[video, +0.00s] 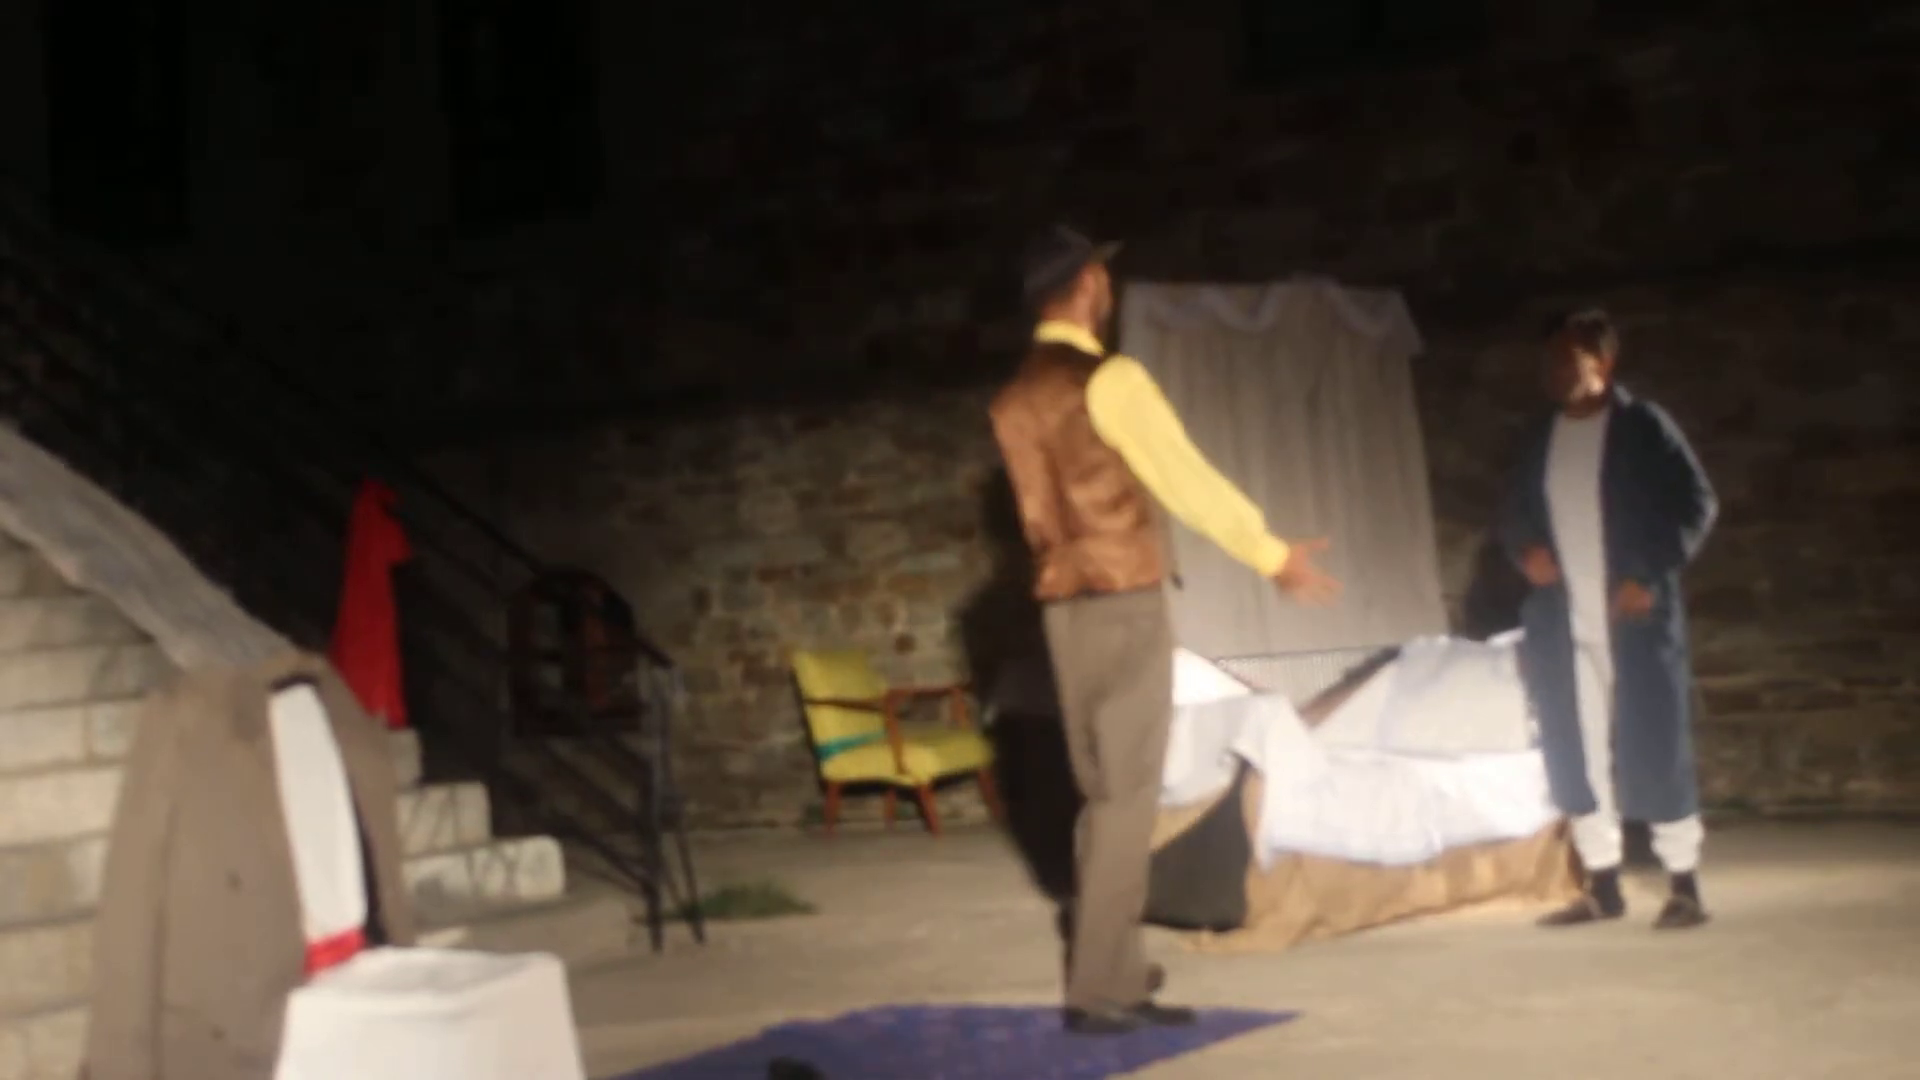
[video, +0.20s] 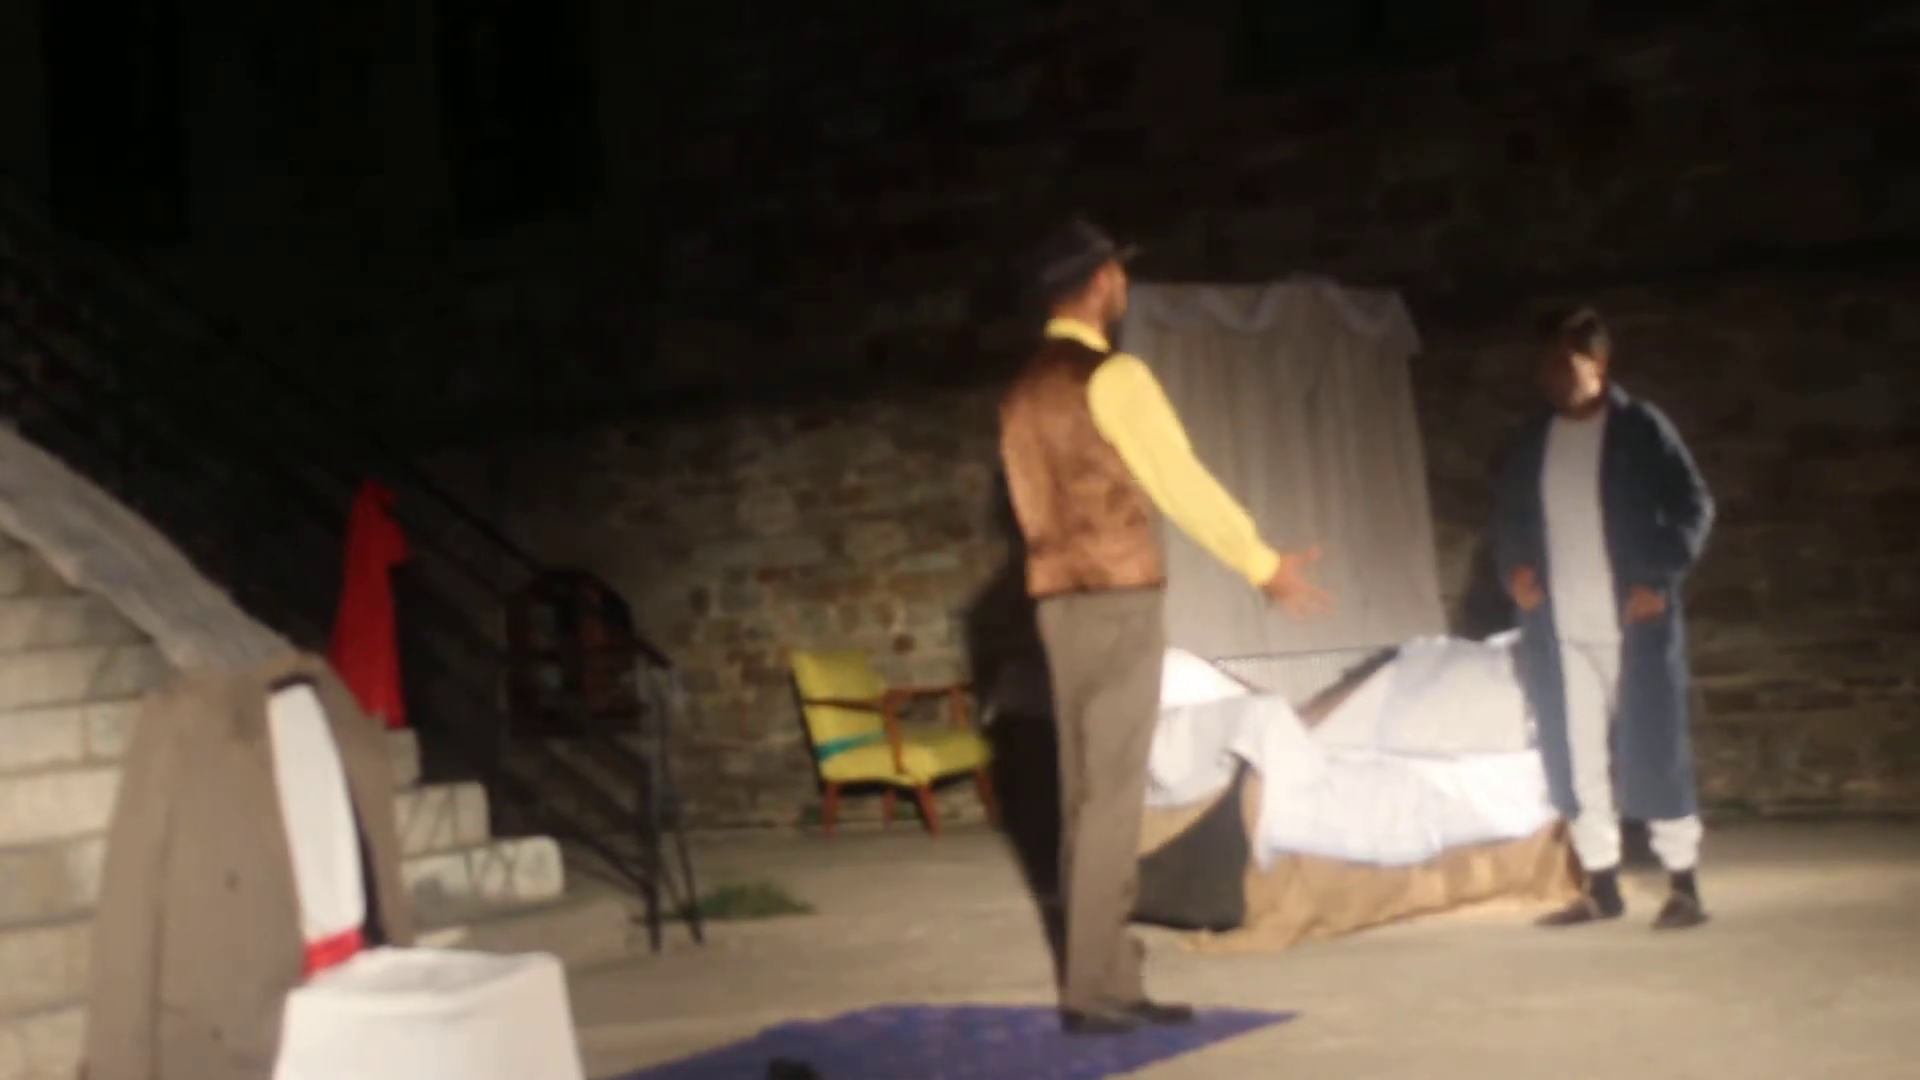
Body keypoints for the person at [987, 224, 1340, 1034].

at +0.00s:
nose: (1110, 293)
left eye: (1105, 279)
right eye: (1105, 280)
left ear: (1039, 300)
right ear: (1088, 288)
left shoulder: (1012, 400)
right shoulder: (1111, 382)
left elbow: (1041, 515)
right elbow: (1185, 477)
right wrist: (1272, 555)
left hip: (1063, 611)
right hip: (1126, 607)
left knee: (1100, 795)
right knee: (1127, 794)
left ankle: (1109, 974)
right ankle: (1101, 991)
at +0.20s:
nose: (1124, 293)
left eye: (1119, 279)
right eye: (1119, 279)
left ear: (1051, 296)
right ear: (1100, 286)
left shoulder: (1024, 391)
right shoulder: (1113, 378)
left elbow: (1037, 512)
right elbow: (1178, 479)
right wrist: (1263, 564)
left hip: (1060, 606)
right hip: (1118, 605)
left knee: (1086, 796)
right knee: (1111, 797)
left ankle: (1099, 983)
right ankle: (1099, 990)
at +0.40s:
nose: (1136, 308)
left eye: (1134, 293)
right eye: (1134, 294)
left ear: (1064, 302)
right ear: (1117, 296)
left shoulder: (1034, 391)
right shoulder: (1117, 386)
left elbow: (1040, 510)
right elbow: (1175, 491)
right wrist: (1250, 577)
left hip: (1051, 609)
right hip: (1112, 608)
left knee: (1074, 789)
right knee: (1112, 789)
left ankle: (1096, 963)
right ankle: (1094, 989)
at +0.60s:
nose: (1152, 319)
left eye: (1150, 304)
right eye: (1147, 304)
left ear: (1088, 310)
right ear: (1120, 307)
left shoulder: (1038, 394)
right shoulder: (1115, 391)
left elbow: (1070, 511)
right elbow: (1161, 500)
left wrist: (1144, 582)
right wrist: (1225, 601)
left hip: (1049, 606)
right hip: (1107, 608)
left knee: (1084, 785)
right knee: (1147, 775)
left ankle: (1104, 960)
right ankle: (1107, 966)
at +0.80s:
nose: (1160, 326)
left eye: (1161, 310)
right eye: (1157, 310)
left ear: (1102, 308)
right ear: (1129, 308)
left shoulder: (1059, 381)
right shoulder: (1104, 384)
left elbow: (1146, 481)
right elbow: (1141, 500)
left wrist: (1246, 504)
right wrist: (1202, 604)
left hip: (1055, 601)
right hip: (1100, 601)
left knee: (1087, 780)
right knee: (1167, 769)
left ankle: (1102, 958)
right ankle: (1131, 954)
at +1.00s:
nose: (1173, 322)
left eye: (1174, 306)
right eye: (1169, 306)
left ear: (1122, 305)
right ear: (1141, 304)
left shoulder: (1086, 379)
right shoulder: (1109, 382)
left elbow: (1162, 482)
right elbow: (1146, 499)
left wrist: (1255, 511)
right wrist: (1220, 589)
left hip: (1083, 604)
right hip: (1118, 605)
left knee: (1103, 782)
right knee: (1152, 774)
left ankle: (1108, 957)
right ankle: (1144, 956)